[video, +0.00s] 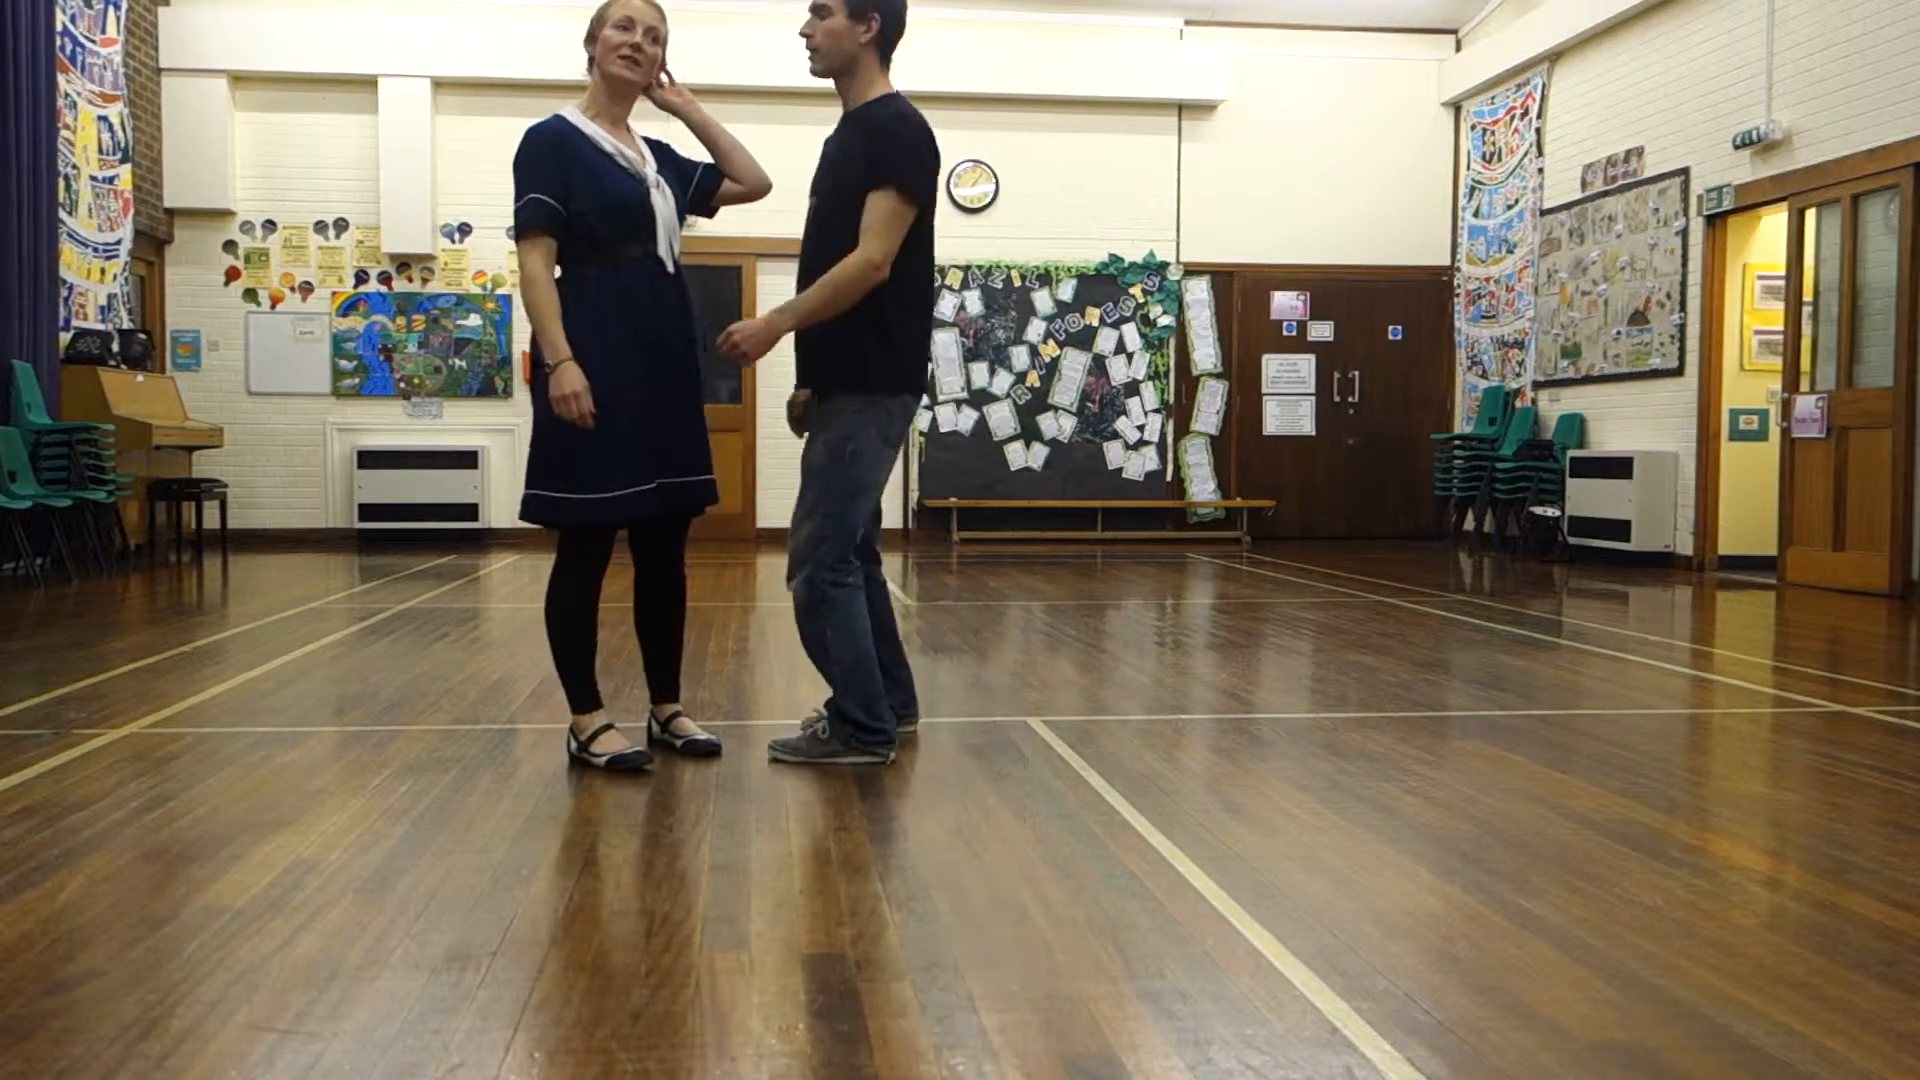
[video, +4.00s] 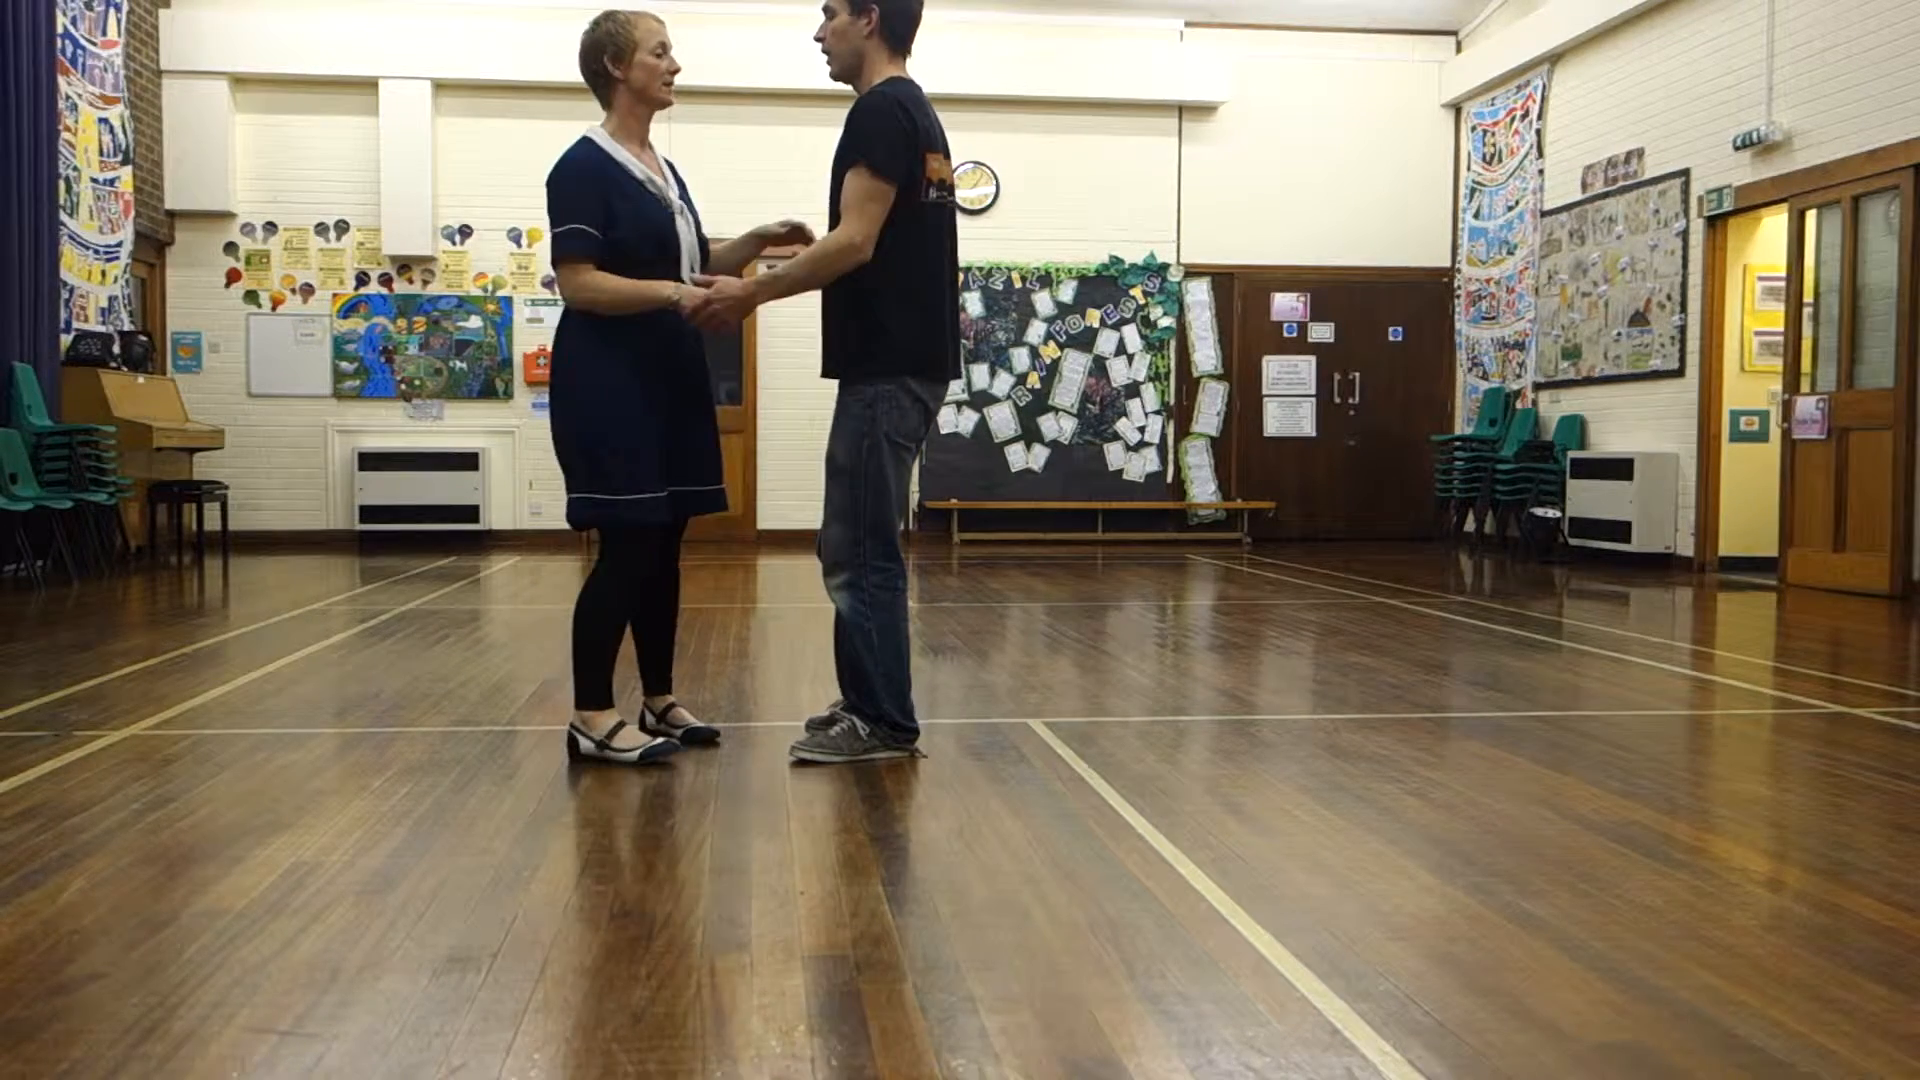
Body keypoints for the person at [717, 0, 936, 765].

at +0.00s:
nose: (806, 28)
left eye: (822, 15)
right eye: (809, 14)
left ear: (867, 29)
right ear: (852, 33)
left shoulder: (896, 129)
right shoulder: (851, 131)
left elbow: (873, 261)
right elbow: (840, 264)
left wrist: (774, 323)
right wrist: (814, 375)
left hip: (874, 380)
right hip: (845, 378)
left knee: (820, 559)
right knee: (847, 550)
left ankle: (862, 724)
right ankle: (888, 702)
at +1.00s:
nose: (873, 43)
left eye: (890, 31)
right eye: (862, 31)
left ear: (920, 51)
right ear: (848, 50)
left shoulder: (947, 145)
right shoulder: (836, 159)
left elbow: (961, 265)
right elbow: (819, 271)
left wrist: (928, 368)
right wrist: (796, 366)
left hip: (899, 384)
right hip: (840, 383)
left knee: (867, 557)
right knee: (845, 558)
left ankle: (872, 712)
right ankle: (885, 706)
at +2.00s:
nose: (822, 40)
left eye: (837, 26)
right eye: (823, 27)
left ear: (886, 39)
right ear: (861, 41)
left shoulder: (918, 135)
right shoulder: (856, 145)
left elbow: (923, 260)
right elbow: (838, 269)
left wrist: (867, 360)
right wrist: (791, 356)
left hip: (888, 379)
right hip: (849, 376)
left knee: (856, 553)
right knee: (841, 551)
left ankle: (886, 718)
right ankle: (873, 706)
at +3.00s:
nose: (813, 29)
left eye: (825, 14)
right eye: (816, 15)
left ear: (863, 21)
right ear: (869, 24)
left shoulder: (884, 113)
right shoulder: (885, 114)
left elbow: (861, 250)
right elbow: (872, 253)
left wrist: (794, 350)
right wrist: (810, 356)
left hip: (875, 371)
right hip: (871, 370)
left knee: (854, 551)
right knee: (848, 548)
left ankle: (883, 721)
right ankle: (869, 708)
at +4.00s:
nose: (819, 33)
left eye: (829, 18)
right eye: (822, 19)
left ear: (868, 22)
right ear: (879, 28)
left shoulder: (884, 107)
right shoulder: (908, 110)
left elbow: (854, 240)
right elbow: (864, 248)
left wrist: (751, 290)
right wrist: (765, 282)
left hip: (888, 367)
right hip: (899, 363)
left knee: (858, 550)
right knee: (865, 547)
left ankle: (882, 719)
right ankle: (875, 710)